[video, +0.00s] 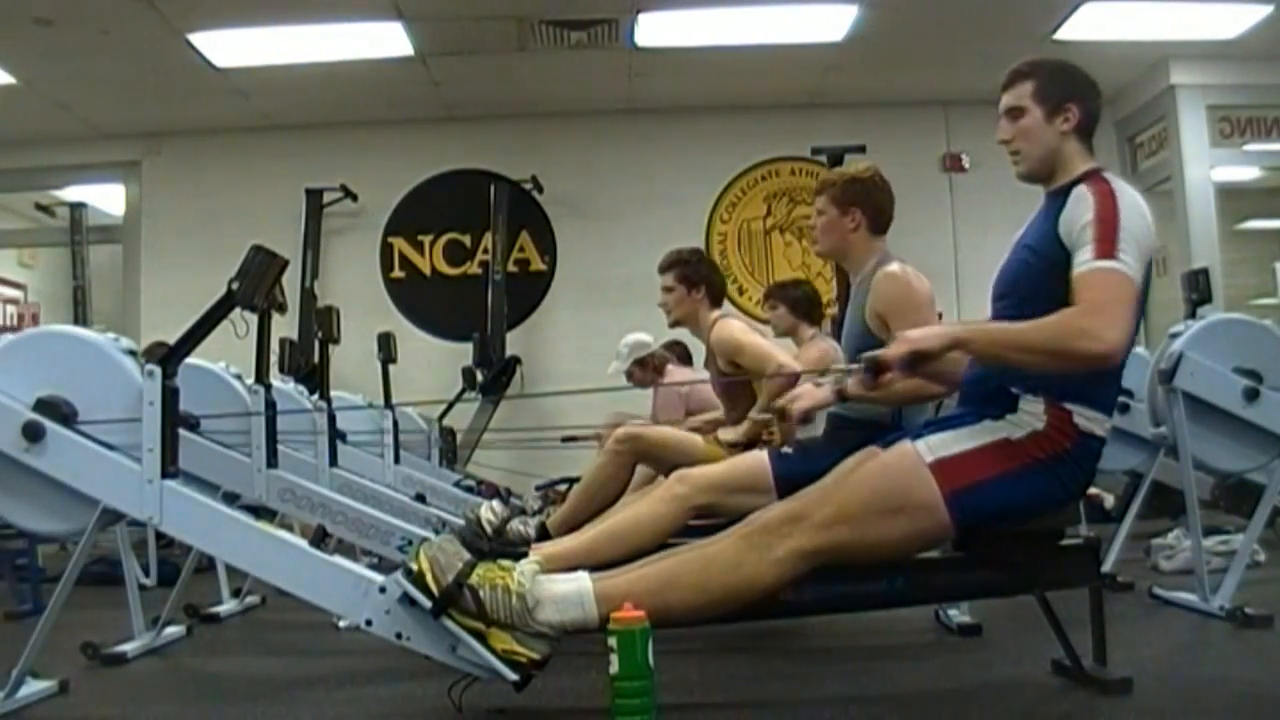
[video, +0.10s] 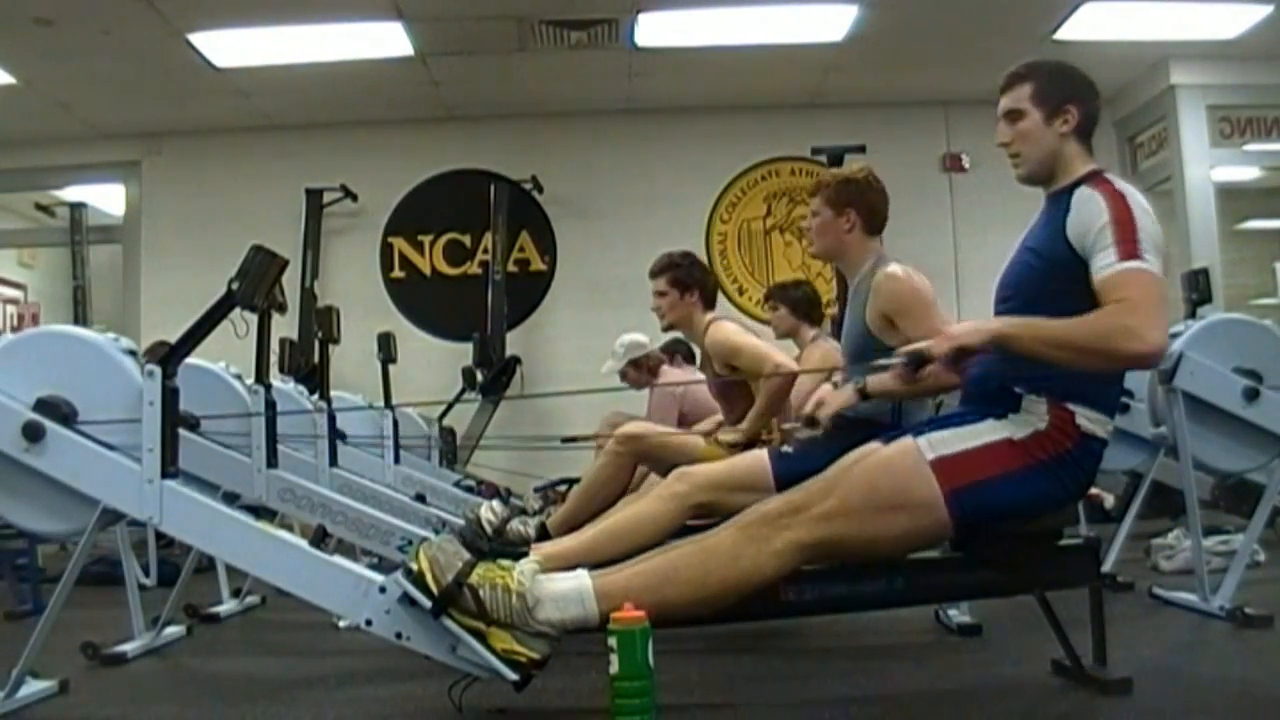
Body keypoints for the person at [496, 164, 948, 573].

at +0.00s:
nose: (811, 231)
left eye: (819, 219)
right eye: (812, 220)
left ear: (856, 220)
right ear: (857, 222)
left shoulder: (893, 283)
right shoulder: (862, 285)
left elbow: (943, 377)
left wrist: (843, 391)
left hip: (870, 453)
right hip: (840, 442)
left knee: (687, 486)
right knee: (677, 478)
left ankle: (539, 571)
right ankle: (550, 562)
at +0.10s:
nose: (806, 230)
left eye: (815, 219)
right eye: (807, 219)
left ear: (850, 223)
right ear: (849, 224)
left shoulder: (893, 286)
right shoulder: (857, 291)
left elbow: (954, 366)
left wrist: (856, 392)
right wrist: (841, 388)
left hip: (881, 448)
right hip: (850, 439)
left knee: (689, 485)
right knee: (683, 479)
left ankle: (539, 573)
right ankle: (546, 560)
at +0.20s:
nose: (800, 230)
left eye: (810, 219)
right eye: (801, 220)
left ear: (846, 223)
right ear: (843, 225)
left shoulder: (891, 286)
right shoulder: (859, 289)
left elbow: (958, 358)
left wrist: (860, 392)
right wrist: (843, 391)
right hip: (856, 440)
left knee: (692, 486)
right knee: (688, 483)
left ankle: (539, 575)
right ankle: (539, 563)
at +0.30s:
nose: (798, 235)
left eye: (807, 223)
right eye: (798, 225)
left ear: (844, 225)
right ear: (843, 226)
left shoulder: (889, 287)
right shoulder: (857, 289)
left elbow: (932, 375)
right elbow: (881, 370)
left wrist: (836, 392)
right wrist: (822, 394)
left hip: (870, 447)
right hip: (844, 438)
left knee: (692, 488)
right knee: (686, 483)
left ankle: (536, 573)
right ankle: (540, 561)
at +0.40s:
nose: (793, 236)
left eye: (802, 224)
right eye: (794, 225)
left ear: (840, 226)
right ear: (838, 228)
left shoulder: (883, 285)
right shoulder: (858, 287)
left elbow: (901, 381)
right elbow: (877, 379)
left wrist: (800, 402)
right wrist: (794, 402)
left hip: (862, 455)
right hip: (836, 446)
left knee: (691, 490)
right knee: (681, 486)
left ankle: (539, 564)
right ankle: (548, 553)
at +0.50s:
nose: (784, 238)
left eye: (793, 227)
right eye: (783, 227)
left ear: (831, 227)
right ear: (830, 230)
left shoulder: (873, 286)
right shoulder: (844, 296)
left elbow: (855, 383)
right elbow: (822, 378)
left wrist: (752, 408)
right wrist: (752, 409)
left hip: (872, 452)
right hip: (845, 445)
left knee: (693, 488)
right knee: (683, 483)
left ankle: (537, 566)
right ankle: (543, 555)